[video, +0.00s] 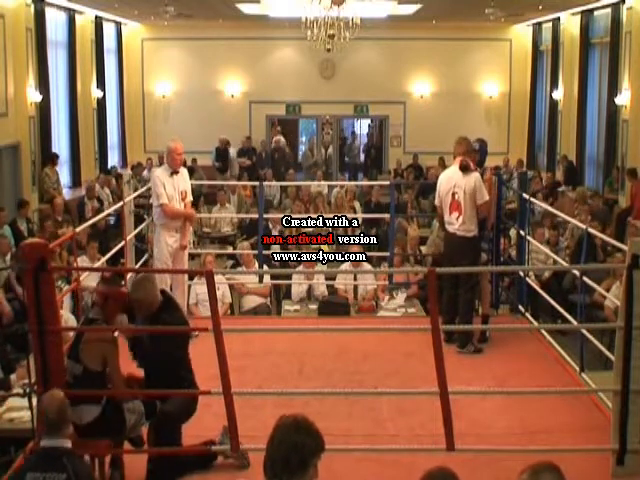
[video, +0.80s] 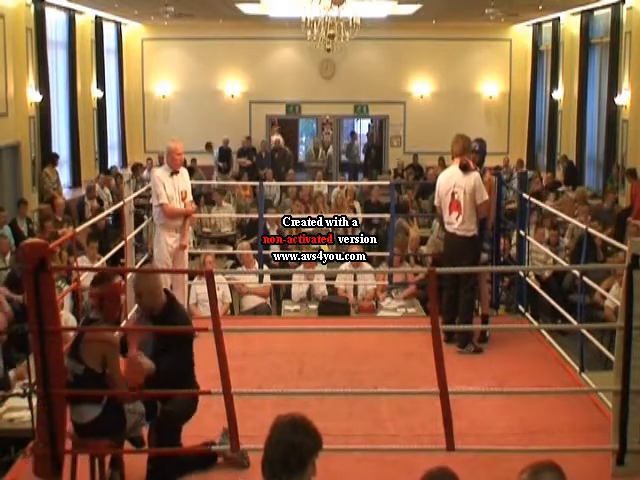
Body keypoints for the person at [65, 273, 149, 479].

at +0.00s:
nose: (121, 309)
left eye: (122, 303)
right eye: (119, 303)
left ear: (99, 302)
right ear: (110, 304)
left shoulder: (84, 328)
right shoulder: (106, 336)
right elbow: (119, 391)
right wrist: (137, 393)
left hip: (75, 414)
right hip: (95, 419)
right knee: (136, 407)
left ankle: (116, 462)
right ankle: (115, 462)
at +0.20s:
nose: (124, 309)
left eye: (124, 303)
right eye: (120, 303)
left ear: (99, 301)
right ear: (105, 303)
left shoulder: (86, 326)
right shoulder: (108, 336)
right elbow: (119, 391)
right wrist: (136, 392)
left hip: (75, 414)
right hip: (94, 419)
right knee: (137, 407)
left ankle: (115, 462)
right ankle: (115, 462)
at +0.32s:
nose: (122, 309)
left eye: (123, 302)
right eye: (118, 303)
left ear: (99, 301)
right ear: (105, 302)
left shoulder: (87, 324)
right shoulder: (110, 334)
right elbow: (120, 390)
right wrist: (135, 391)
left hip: (78, 419)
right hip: (96, 422)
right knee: (140, 405)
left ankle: (117, 462)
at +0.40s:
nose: (123, 304)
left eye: (123, 298)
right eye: (120, 298)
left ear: (98, 300)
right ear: (109, 302)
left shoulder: (86, 324)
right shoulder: (110, 333)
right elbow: (120, 390)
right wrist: (137, 394)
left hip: (79, 421)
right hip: (98, 423)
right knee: (141, 405)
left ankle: (116, 463)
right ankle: (133, 429)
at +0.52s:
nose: (123, 306)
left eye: (123, 299)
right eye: (120, 299)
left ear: (97, 300)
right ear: (107, 301)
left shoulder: (86, 325)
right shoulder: (109, 334)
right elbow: (120, 390)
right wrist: (138, 393)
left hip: (79, 421)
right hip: (98, 423)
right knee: (138, 406)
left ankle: (116, 463)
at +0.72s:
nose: (123, 305)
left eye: (122, 298)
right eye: (118, 299)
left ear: (97, 301)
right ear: (104, 302)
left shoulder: (86, 326)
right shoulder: (108, 334)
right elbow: (120, 390)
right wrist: (138, 390)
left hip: (80, 421)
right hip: (98, 423)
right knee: (138, 407)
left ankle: (116, 463)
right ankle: (115, 464)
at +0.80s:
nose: (119, 304)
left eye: (119, 298)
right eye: (113, 299)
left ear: (95, 302)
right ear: (97, 300)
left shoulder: (86, 326)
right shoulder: (107, 336)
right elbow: (119, 391)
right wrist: (138, 391)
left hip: (80, 421)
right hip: (97, 423)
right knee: (141, 407)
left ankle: (116, 464)